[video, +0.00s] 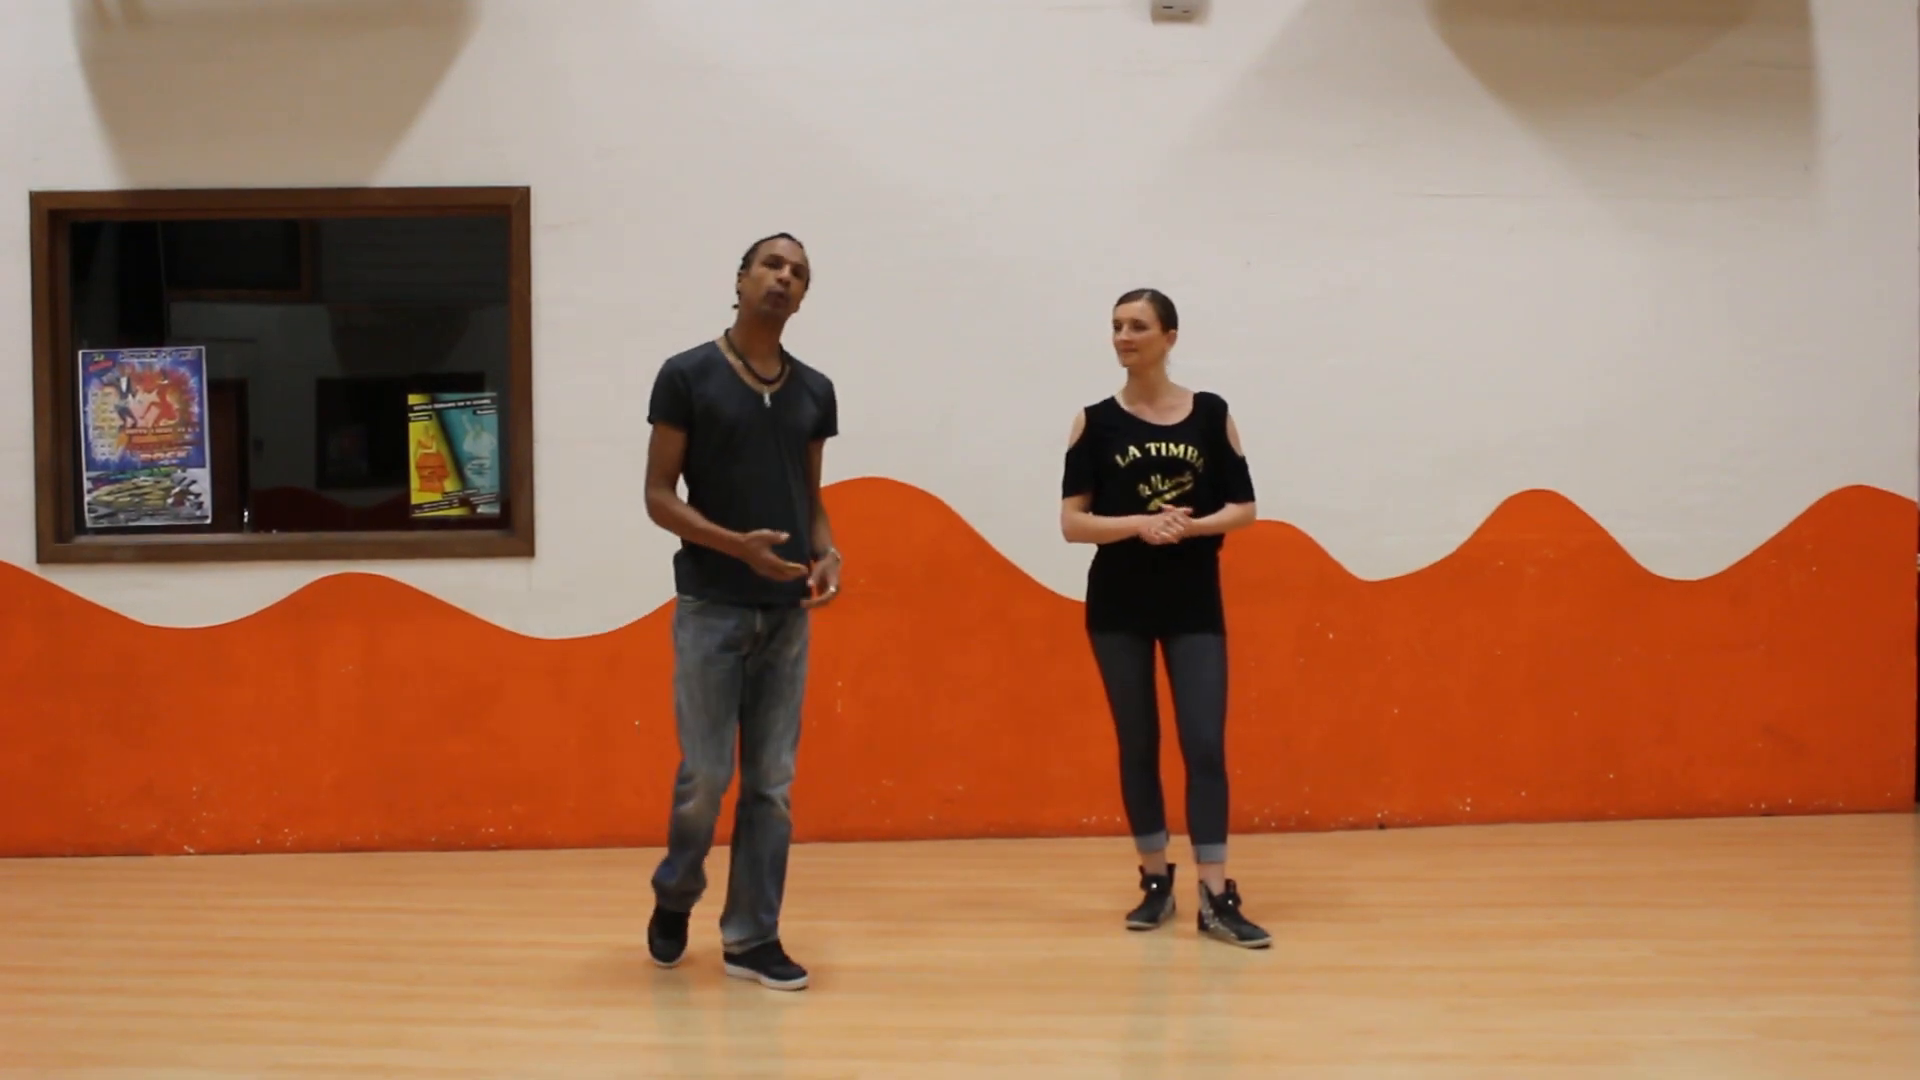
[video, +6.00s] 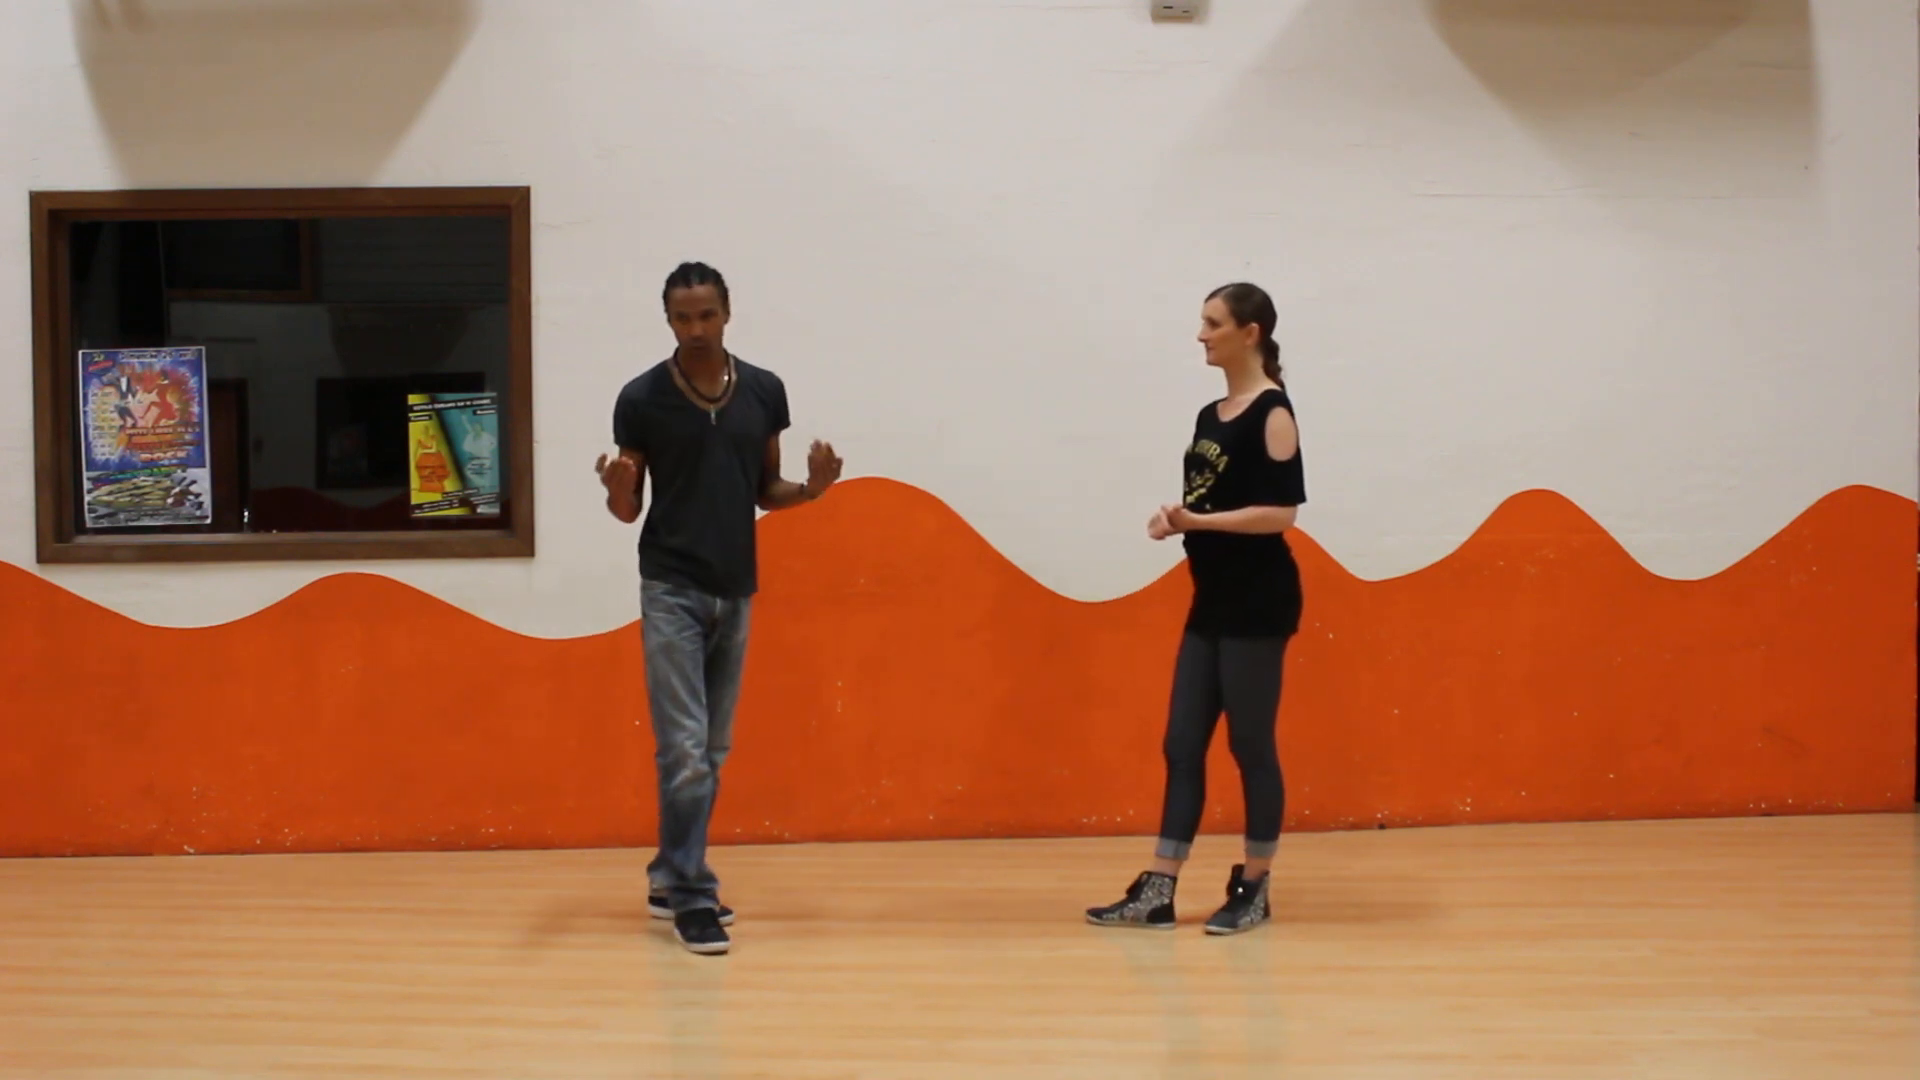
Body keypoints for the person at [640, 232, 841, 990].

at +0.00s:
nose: (786, 278)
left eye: (798, 274)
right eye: (774, 264)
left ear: (803, 299)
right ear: (740, 279)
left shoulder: (813, 390)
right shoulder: (687, 376)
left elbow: (810, 495)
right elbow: (660, 499)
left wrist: (828, 550)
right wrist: (738, 543)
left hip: (786, 611)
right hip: (711, 606)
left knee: (771, 781)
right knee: (708, 774)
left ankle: (753, 938)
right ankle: (676, 895)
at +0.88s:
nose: (687, 292)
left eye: (700, 286)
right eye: (674, 278)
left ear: (706, 309)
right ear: (642, 295)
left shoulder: (713, 394)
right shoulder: (595, 391)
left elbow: (710, 500)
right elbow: (563, 510)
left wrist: (717, 514)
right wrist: (668, 510)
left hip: (686, 603)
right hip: (612, 604)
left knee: (715, 765)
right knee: (617, 770)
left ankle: (743, 929)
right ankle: (621, 921)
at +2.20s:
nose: (733, 315)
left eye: (740, 306)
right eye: (721, 300)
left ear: (737, 320)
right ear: (682, 303)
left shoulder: (715, 396)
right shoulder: (642, 386)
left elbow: (688, 497)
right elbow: (613, 497)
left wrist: (729, 497)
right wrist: (709, 484)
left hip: (689, 586)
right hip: (639, 583)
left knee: (670, 739)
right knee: (664, 737)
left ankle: (645, 887)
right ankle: (636, 897)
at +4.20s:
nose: (716, 299)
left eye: (725, 289)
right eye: (703, 288)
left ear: (733, 304)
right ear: (672, 301)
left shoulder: (746, 385)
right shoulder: (643, 390)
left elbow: (763, 475)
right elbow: (624, 505)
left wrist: (765, 483)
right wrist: (716, 482)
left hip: (735, 592)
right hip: (675, 592)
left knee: (723, 752)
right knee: (688, 751)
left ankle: (680, 877)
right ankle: (689, 903)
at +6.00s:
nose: (695, 328)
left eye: (706, 314)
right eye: (683, 317)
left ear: (727, 314)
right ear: (667, 320)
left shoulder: (763, 391)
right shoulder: (642, 401)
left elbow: (767, 490)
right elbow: (627, 510)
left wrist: (812, 487)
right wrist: (618, 482)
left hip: (733, 590)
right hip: (668, 588)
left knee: (712, 748)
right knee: (686, 746)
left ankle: (672, 874)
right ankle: (694, 897)